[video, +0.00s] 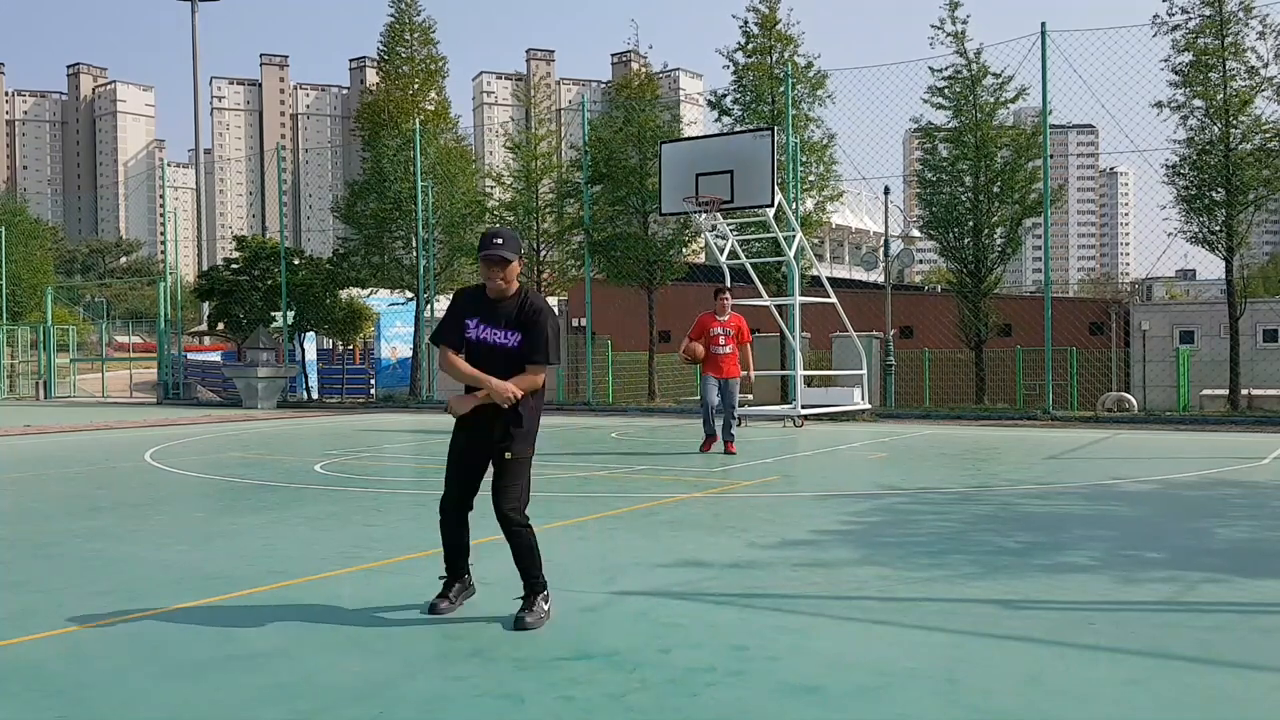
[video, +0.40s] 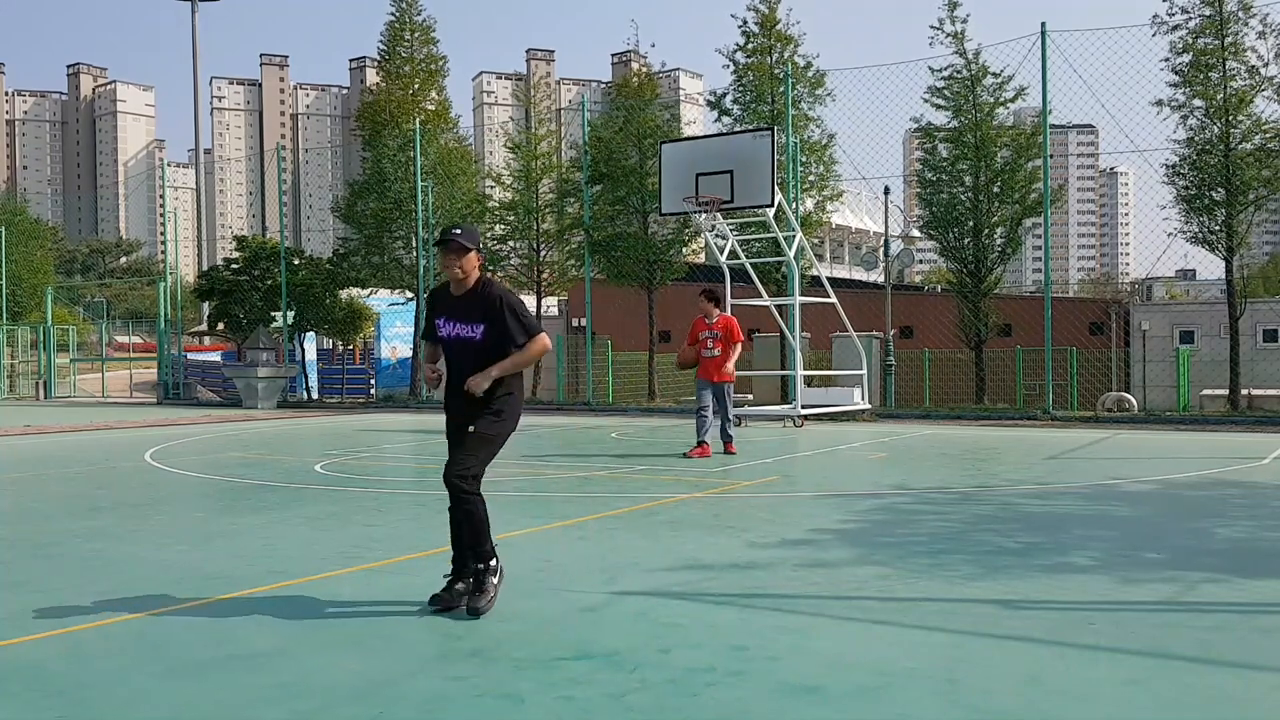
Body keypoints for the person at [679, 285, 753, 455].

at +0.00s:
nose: (725, 302)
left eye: (727, 299)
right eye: (722, 299)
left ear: (731, 301)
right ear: (716, 301)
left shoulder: (739, 320)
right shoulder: (704, 319)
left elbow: (745, 345)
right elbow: (689, 338)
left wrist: (750, 369)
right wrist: (681, 352)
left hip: (732, 371)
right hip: (710, 371)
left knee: (731, 408)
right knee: (709, 402)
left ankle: (729, 440)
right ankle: (710, 435)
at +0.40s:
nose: (699, 305)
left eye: (702, 302)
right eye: (699, 302)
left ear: (712, 303)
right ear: (706, 303)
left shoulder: (729, 321)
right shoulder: (698, 322)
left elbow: (738, 344)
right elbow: (690, 344)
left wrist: (731, 362)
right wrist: (682, 356)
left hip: (724, 373)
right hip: (704, 372)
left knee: (726, 411)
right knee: (703, 409)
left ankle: (728, 442)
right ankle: (703, 444)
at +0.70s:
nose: (683, 304)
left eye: (685, 301)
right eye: (683, 301)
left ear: (693, 302)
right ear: (693, 302)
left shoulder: (710, 318)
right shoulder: (689, 322)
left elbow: (717, 343)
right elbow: (690, 343)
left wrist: (699, 361)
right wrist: (680, 353)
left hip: (707, 371)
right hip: (691, 372)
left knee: (710, 405)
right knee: (693, 411)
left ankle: (724, 433)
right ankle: (701, 445)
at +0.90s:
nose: (675, 305)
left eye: (676, 301)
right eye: (675, 301)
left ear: (683, 302)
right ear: (688, 301)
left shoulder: (696, 316)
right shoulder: (691, 318)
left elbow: (699, 341)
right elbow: (686, 343)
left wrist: (681, 358)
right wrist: (676, 356)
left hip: (697, 370)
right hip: (693, 369)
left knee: (688, 405)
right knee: (694, 405)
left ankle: (703, 443)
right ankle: (701, 444)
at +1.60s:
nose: (653, 305)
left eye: (653, 301)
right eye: (654, 301)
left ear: (657, 302)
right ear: (671, 301)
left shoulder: (658, 317)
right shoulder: (684, 318)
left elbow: (656, 346)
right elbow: (693, 343)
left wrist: (653, 365)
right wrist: (686, 358)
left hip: (670, 366)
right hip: (691, 366)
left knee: (669, 409)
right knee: (688, 409)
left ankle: (671, 449)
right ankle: (691, 448)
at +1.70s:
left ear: (656, 302)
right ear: (671, 301)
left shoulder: (657, 318)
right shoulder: (684, 318)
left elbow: (655, 346)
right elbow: (693, 343)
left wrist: (652, 362)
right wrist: (683, 355)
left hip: (669, 366)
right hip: (689, 366)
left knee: (668, 409)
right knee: (689, 409)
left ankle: (671, 449)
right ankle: (691, 448)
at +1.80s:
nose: (652, 305)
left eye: (652, 302)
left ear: (655, 302)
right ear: (670, 301)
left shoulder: (655, 318)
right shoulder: (684, 318)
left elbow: (652, 347)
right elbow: (694, 344)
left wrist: (650, 367)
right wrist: (686, 359)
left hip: (668, 367)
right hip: (688, 367)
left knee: (667, 410)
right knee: (689, 410)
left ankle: (671, 449)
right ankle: (691, 449)